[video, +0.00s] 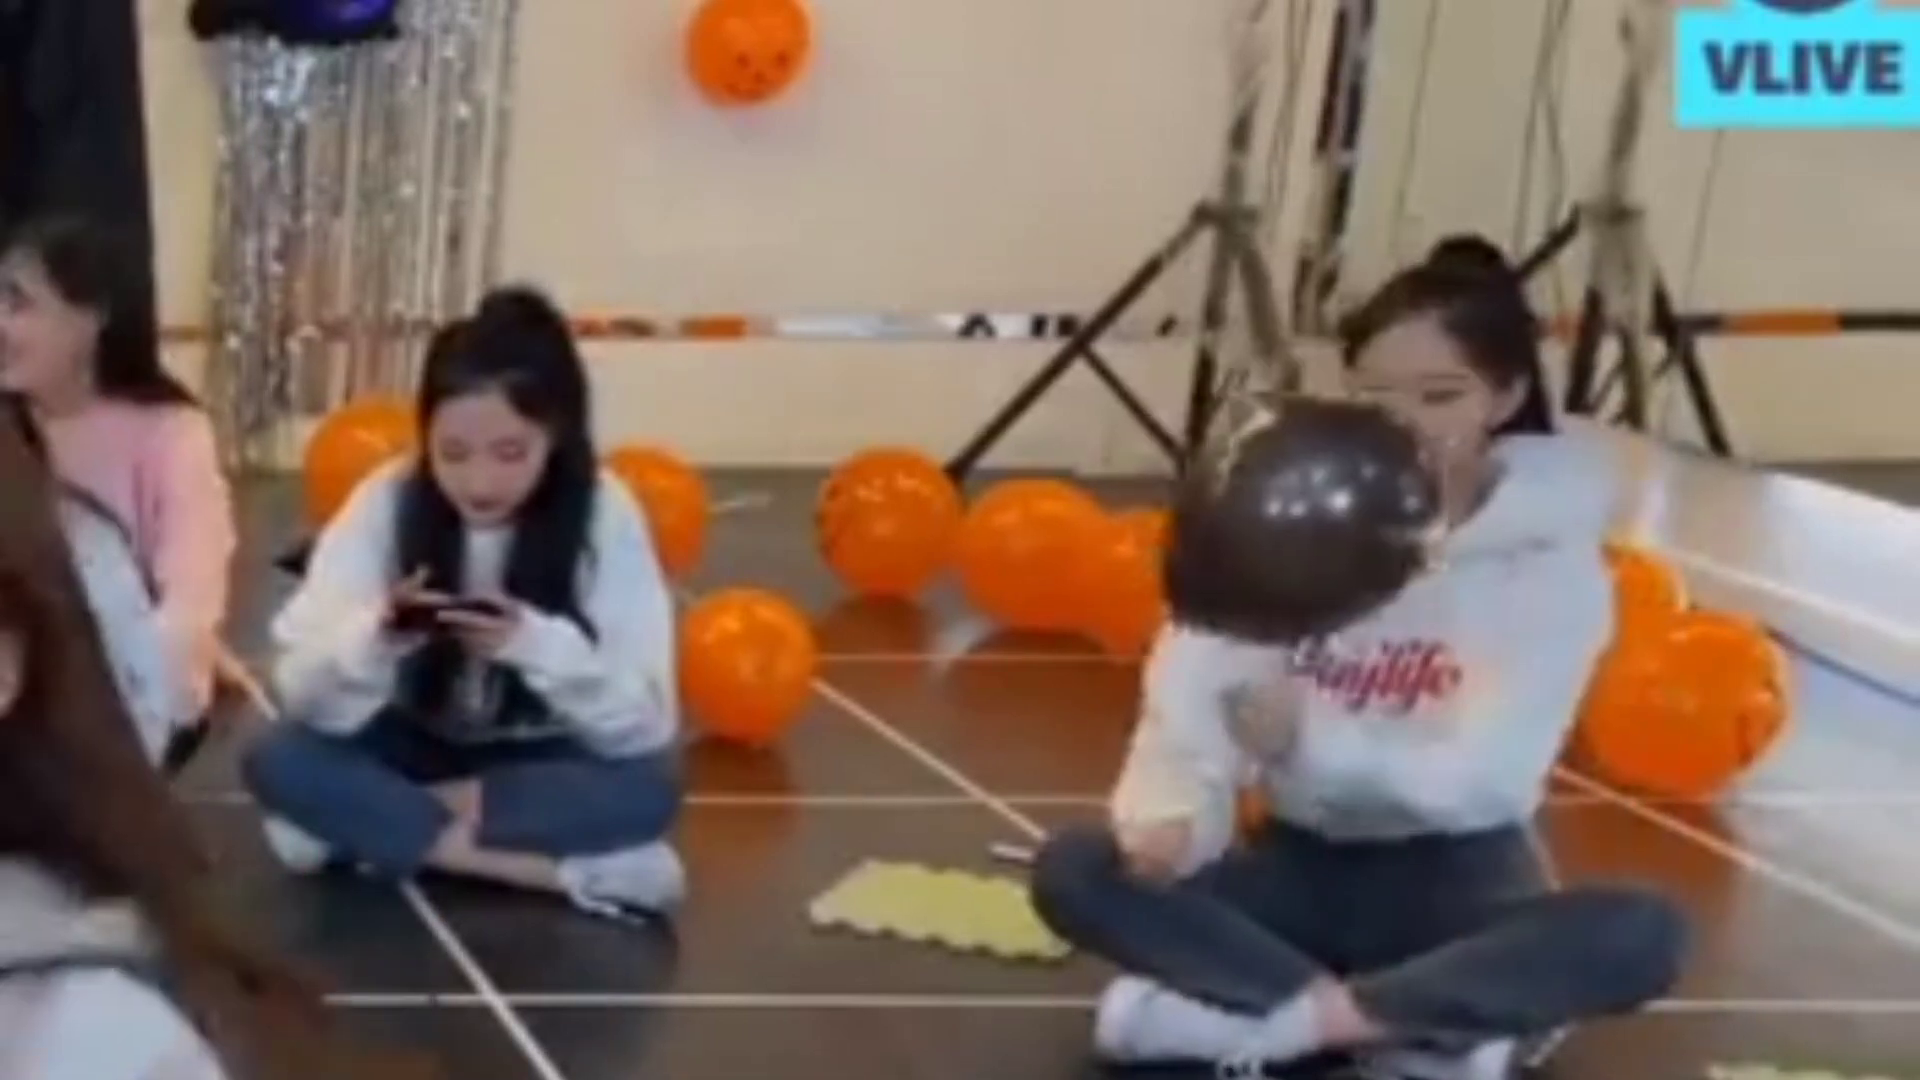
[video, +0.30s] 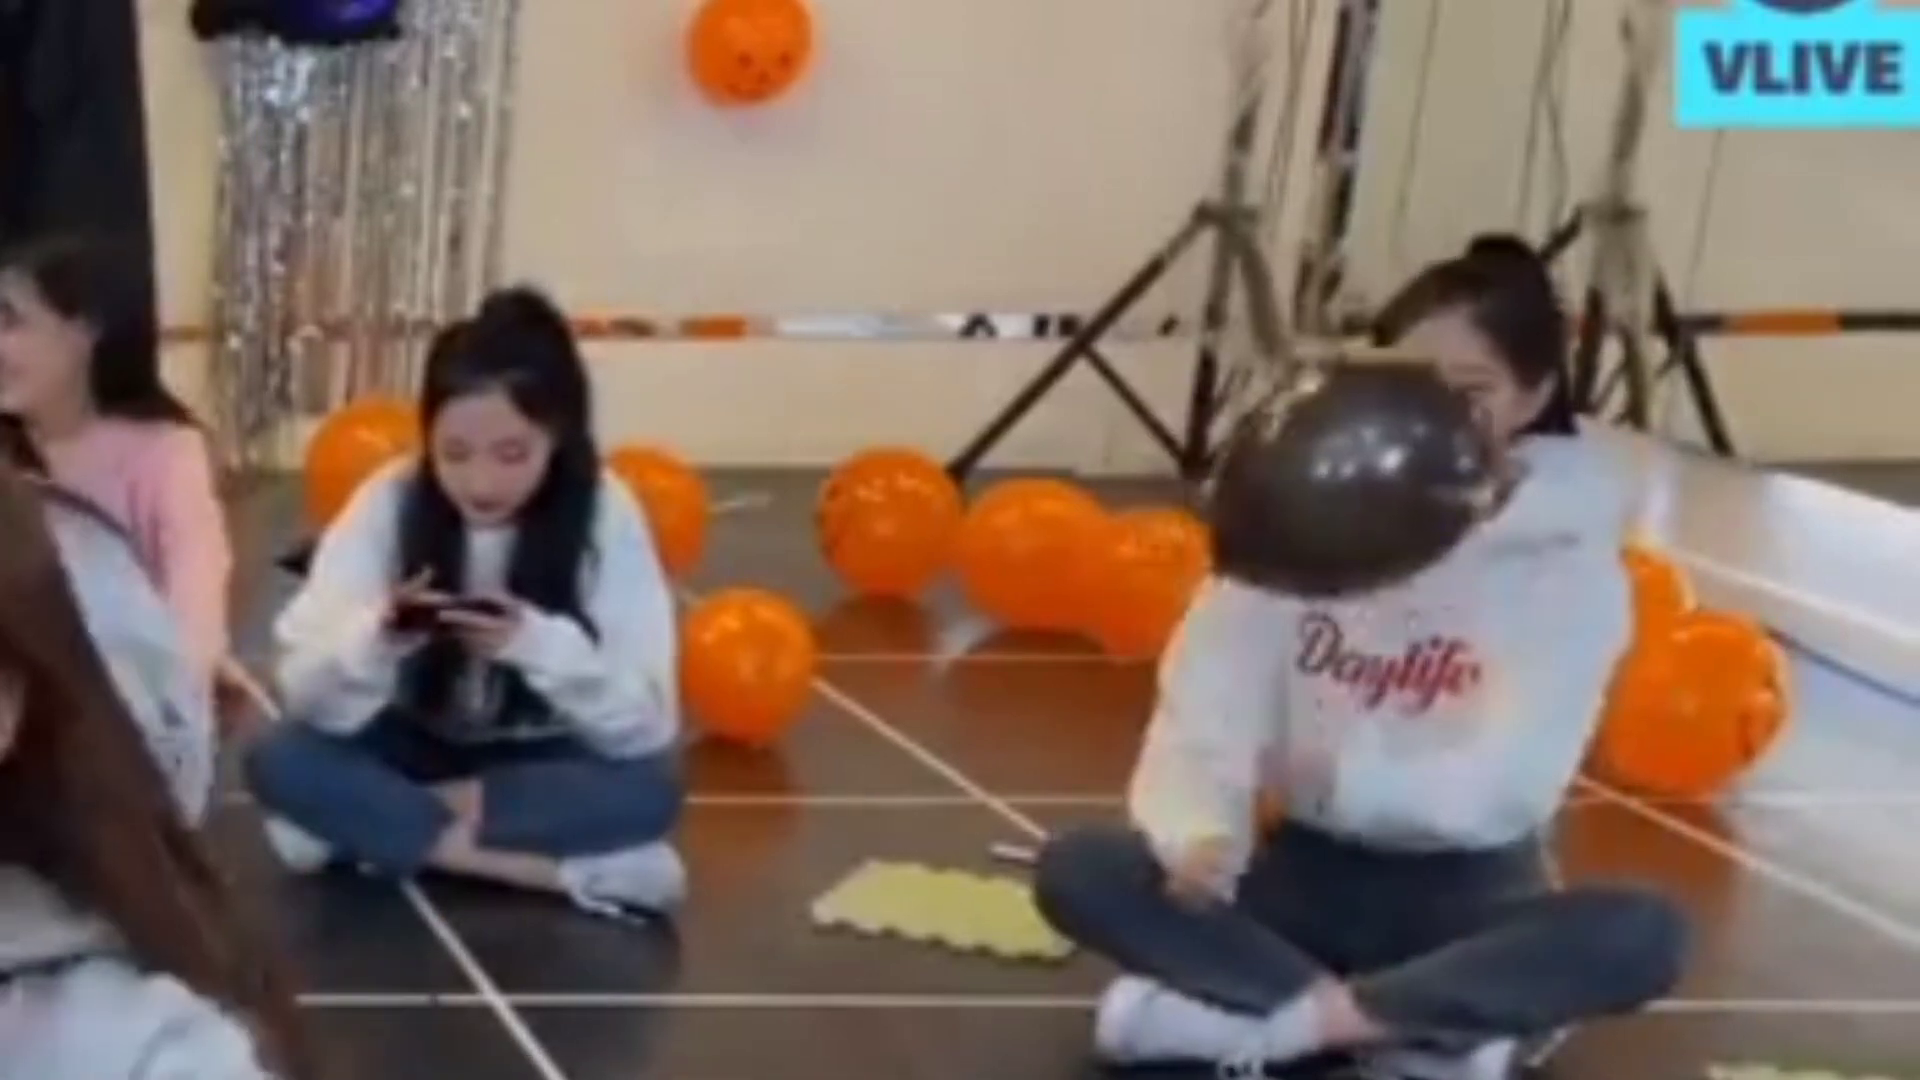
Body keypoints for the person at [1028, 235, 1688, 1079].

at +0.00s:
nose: (1404, 429)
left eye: (1440, 399)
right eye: (1376, 398)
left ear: (1509, 398)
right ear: (1344, 394)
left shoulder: (1551, 566)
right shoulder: (1296, 521)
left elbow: (1492, 783)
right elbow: (1186, 686)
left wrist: (1305, 748)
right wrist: (1163, 822)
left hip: (1459, 884)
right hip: (1286, 874)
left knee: (1644, 933)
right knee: (1069, 871)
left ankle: (1286, 1031)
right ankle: (1409, 1044)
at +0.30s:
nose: (1438, 419)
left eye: (1472, 392)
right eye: (1414, 385)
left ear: (1536, 396)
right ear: (1377, 380)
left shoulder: (1574, 571)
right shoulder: (1312, 521)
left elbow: (1511, 792)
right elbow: (1207, 694)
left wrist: (1325, 779)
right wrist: (1202, 831)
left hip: (1472, 894)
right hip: (1293, 876)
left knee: (1645, 933)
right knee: (1076, 868)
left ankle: (1275, 1037)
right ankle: (1410, 1047)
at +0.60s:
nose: (1389, 534)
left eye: (1431, 516)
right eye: (1364, 510)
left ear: (1511, 461)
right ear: (1330, 466)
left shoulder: (1589, 578)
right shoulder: (1298, 547)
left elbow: (1582, 800)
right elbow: (1180, 745)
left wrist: (1480, 870)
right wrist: (1296, 760)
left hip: (1464, 879)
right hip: (1289, 861)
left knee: (1647, 936)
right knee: (1076, 868)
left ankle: (1285, 1031)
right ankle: (1405, 1043)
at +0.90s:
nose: (1472, 583)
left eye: (1494, 563)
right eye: (1450, 561)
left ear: (1537, 513)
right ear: (1388, 519)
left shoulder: (1599, 579)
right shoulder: (1302, 551)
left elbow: (1586, 797)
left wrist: (1461, 859)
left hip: (1478, 885)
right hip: (1304, 873)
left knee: (1642, 917)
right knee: (1082, 859)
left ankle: (1280, 1030)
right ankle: (1403, 1040)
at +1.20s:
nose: (1454, 533)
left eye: (1484, 509)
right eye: (1421, 505)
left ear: (1533, 473)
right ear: (1363, 465)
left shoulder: (1600, 573)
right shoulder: (1294, 549)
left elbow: (1584, 798)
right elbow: (1212, 738)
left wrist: (1461, 859)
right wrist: (1386, 614)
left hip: (1484, 887)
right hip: (1309, 869)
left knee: (1634, 908)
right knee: (1086, 855)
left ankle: (1280, 1028)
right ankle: (1401, 1047)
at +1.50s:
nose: (1366, 542)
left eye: (1395, 532)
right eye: (1348, 517)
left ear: (1491, 497)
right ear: (1332, 467)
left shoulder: (1602, 576)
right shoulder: (1301, 552)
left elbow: (1592, 798)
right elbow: (1254, 748)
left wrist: (1468, 884)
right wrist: (1354, 723)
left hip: (1482, 887)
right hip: (1308, 875)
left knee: (1634, 910)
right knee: (1083, 853)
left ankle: (1278, 1030)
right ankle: (1410, 1046)